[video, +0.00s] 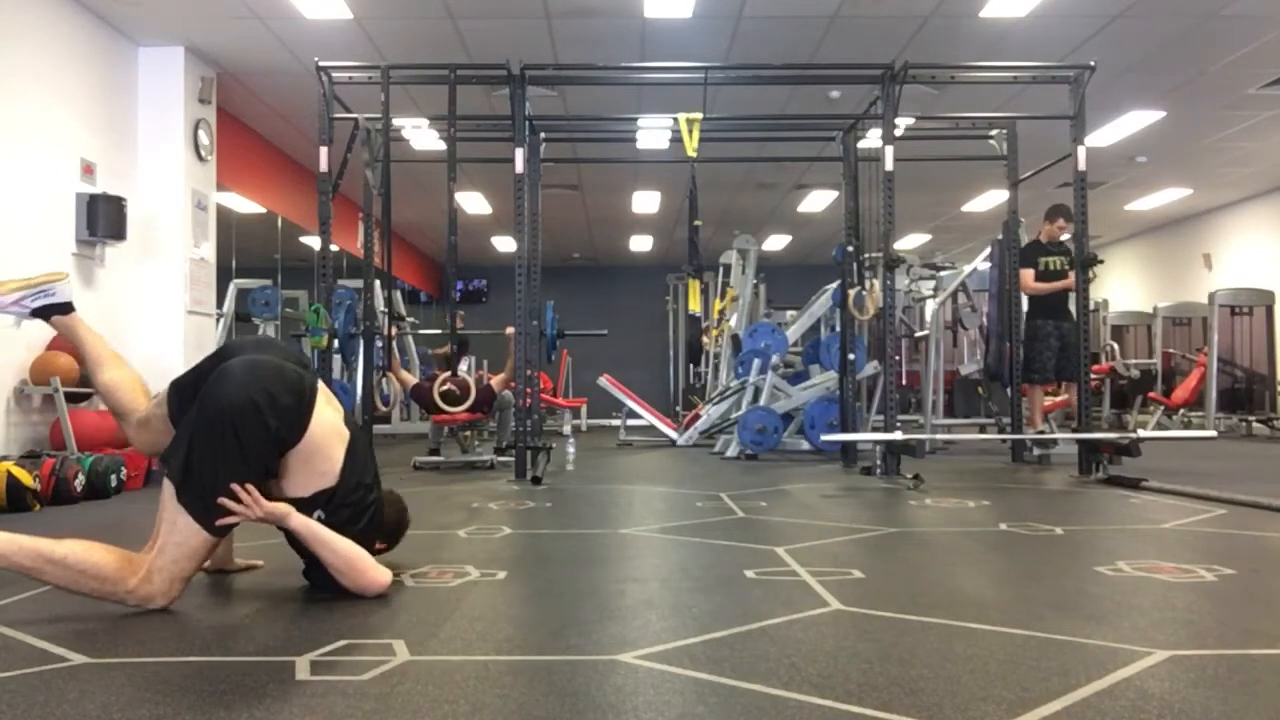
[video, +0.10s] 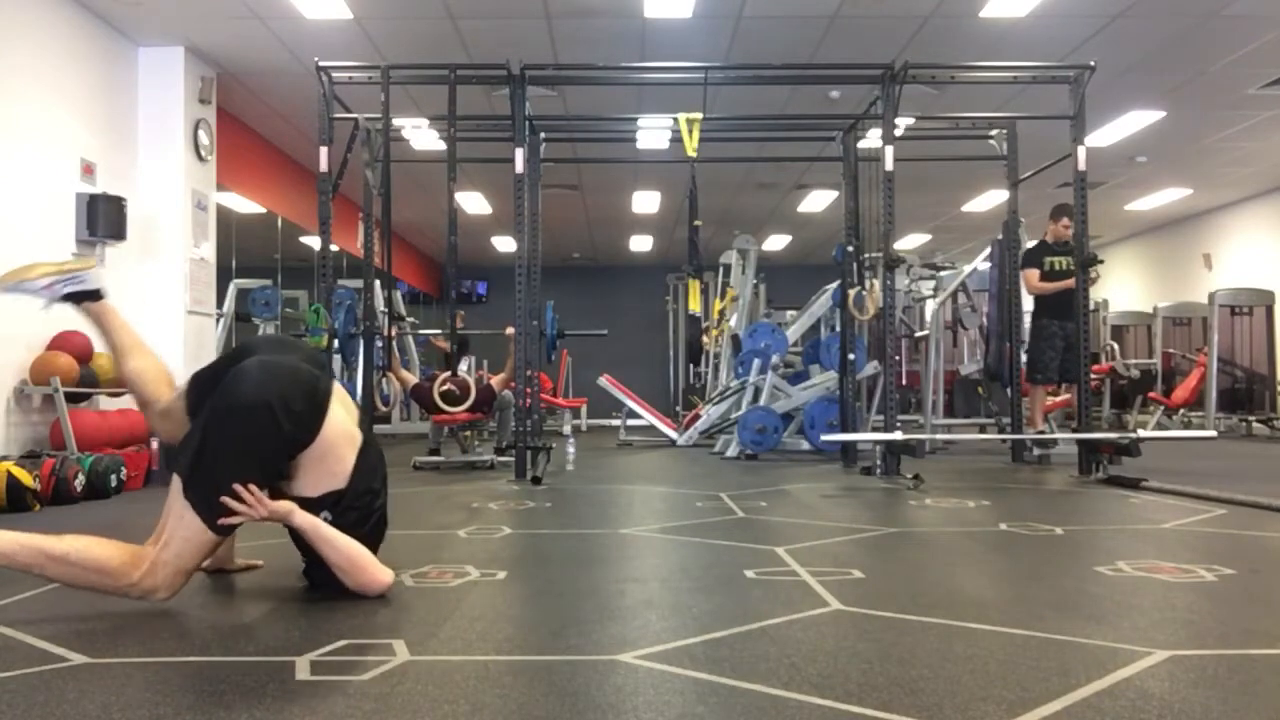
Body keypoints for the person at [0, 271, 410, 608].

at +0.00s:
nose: (374, 560)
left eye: (377, 550)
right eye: (379, 551)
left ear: (364, 509)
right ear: (377, 540)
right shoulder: (351, 529)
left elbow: (229, 455)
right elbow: (376, 581)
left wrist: (220, 551)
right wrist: (290, 516)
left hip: (259, 354)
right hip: (260, 398)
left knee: (146, 429)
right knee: (154, 582)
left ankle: (60, 313)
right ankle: (4, 543)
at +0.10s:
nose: (333, 584)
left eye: (331, 582)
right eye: (339, 583)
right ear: (341, 567)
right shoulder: (348, 533)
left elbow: (238, 464)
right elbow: (379, 580)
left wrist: (221, 556)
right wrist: (292, 515)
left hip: (281, 353)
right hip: (280, 397)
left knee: (170, 419)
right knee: (155, 575)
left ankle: (87, 294)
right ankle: (2, 542)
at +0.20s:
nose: (306, 548)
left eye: (307, 551)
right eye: (311, 550)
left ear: (306, 549)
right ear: (334, 554)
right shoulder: (352, 541)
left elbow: (228, 455)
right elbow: (383, 579)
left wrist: (222, 553)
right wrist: (303, 512)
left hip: (308, 350)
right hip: (306, 393)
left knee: (195, 407)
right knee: (164, 561)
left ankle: (123, 279)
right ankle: (5, 541)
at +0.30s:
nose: (274, 523)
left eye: (276, 527)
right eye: (284, 526)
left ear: (283, 528)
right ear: (303, 536)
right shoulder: (332, 558)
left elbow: (251, 450)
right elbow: (391, 581)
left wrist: (225, 556)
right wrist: (319, 504)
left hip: (340, 350)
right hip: (354, 387)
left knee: (232, 390)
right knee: (182, 532)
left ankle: (177, 259)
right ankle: (8, 532)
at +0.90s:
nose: (355, 464)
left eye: (351, 457)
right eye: (339, 470)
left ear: (367, 455)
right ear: (332, 499)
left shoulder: (410, 480)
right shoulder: (357, 541)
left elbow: (390, 400)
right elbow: (376, 583)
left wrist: (315, 410)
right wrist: (359, 540)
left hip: (561, 471)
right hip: (535, 515)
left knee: (450, 381)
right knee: (383, 404)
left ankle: (556, 345)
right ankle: (344, 256)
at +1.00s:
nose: (387, 449)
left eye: (383, 441)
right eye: (369, 451)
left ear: (396, 448)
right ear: (352, 481)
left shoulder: (437, 482)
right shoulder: (382, 527)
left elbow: (449, 403)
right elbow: (373, 562)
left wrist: (379, 370)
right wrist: (360, 526)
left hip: (588, 500)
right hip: (549, 533)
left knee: (522, 368)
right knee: (459, 381)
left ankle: (640, 394)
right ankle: (483, 223)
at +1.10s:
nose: (412, 433)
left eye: (406, 425)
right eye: (394, 432)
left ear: (414, 432)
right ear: (372, 457)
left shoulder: (453, 476)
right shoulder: (397, 510)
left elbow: (498, 413)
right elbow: (386, 541)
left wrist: (434, 355)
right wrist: (384, 499)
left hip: (598, 517)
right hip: (557, 539)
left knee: (572, 365)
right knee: (509, 357)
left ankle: (681, 431)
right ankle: (590, 219)